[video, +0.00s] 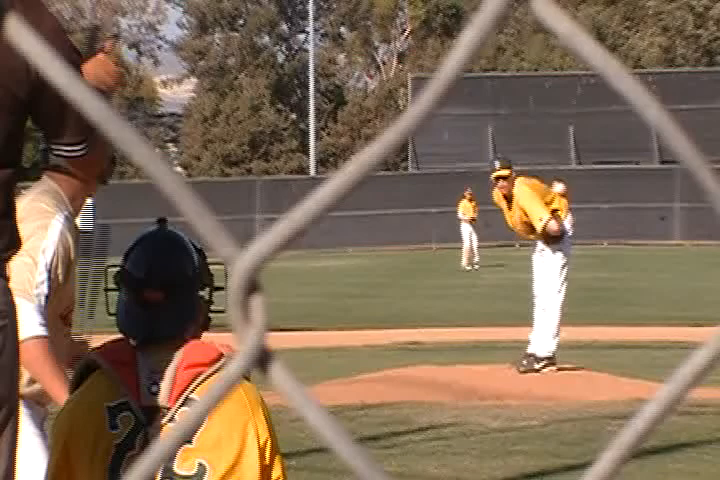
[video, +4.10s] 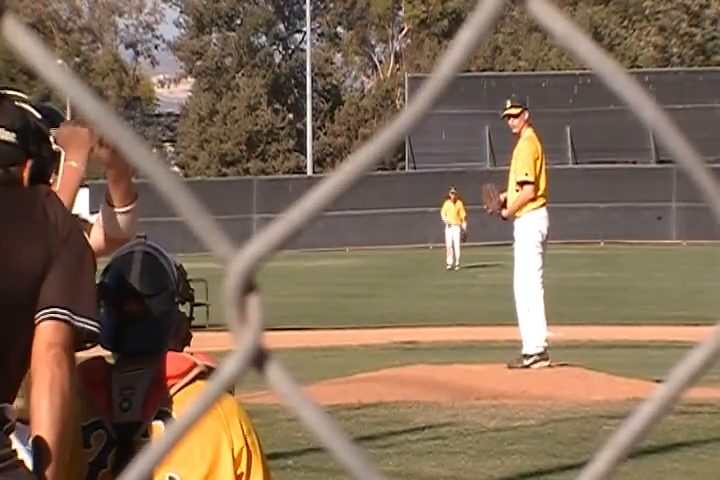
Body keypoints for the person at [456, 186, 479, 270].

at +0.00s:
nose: (469, 196)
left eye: (470, 194)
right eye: (467, 194)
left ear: (472, 195)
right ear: (465, 194)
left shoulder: (473, 203)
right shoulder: (463, 203)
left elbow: (476, 212)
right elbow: (459, 214)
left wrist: (474, 217)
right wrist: (466, 218)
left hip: (472, 222)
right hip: (465, 222)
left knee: (475, 242)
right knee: (467, 243)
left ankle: (475, 261)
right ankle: (465, 262)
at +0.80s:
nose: (462, 194)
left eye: (463, 192)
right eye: (460, 192)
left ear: (465, 193)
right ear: (458, 193)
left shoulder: (468, 201)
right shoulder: (456, 202)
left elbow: (473, 211)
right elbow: (453, 215)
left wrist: (466, 209)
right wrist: (459, 210)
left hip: (467, 223)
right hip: (459, 223)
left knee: (469, 243)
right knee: (457, 244)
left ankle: (471, 261)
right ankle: (456, 261)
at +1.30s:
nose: (452, 194)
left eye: (453, 192)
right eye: (451, 192)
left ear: (456, 193)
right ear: (449, 193)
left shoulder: (460, 201)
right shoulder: (449, 202)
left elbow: (464, 209)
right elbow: (446, 214)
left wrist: (456, 209)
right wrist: (448, 212)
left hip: (460, 223)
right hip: (452, 223)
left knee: (462, 242)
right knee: (453, 243)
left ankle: (465, 260)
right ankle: (454, 261)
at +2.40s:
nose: (450, 195)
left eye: (451, 193)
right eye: (448, 193)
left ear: (453, 194)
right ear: (447, 194)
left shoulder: (456, 202)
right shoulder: (444, 203)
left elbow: (459, 212)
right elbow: (441, 211)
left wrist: (458, 220)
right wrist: (442, 218)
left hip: (455, 222)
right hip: (447, 223)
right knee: (445, 243)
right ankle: (445, 261)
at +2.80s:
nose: (444, 195)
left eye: (445, 193)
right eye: (442, 193)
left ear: (447, 194)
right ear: (440, 194)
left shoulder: (451, 202)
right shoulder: (439, 203)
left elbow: (457, 214)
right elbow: (435, 214)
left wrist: (461, 224)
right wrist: (441, 205)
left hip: (451, 224)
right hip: (443, 224)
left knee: (453, 243)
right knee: (444, 244)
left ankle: (453, 261)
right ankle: (445, 262)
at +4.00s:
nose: (453, 196)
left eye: (454, 194)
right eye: (452, 194)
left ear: (456, 195)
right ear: (449, 194)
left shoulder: (459, 203)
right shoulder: (446, 203)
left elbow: (463, 214)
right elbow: (442, 214)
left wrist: (465, 226)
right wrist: (448, 212)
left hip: (457, 224)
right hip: (449, 224)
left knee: (457, 244)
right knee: (449, 244)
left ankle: (456, 263)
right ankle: (449, 261)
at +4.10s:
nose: (453, 195)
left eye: (454, 193)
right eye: (451, 193)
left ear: (456, 195)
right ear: (449, 194)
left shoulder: (459, 203)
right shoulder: (446, 203)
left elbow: (463, 214)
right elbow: (443, 212)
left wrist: (464, 224)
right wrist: (445, 219)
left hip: (456, 224)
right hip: (449, 224)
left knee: (456, 244)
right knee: (448, 244)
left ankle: (457, 262)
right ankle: (449, 262)